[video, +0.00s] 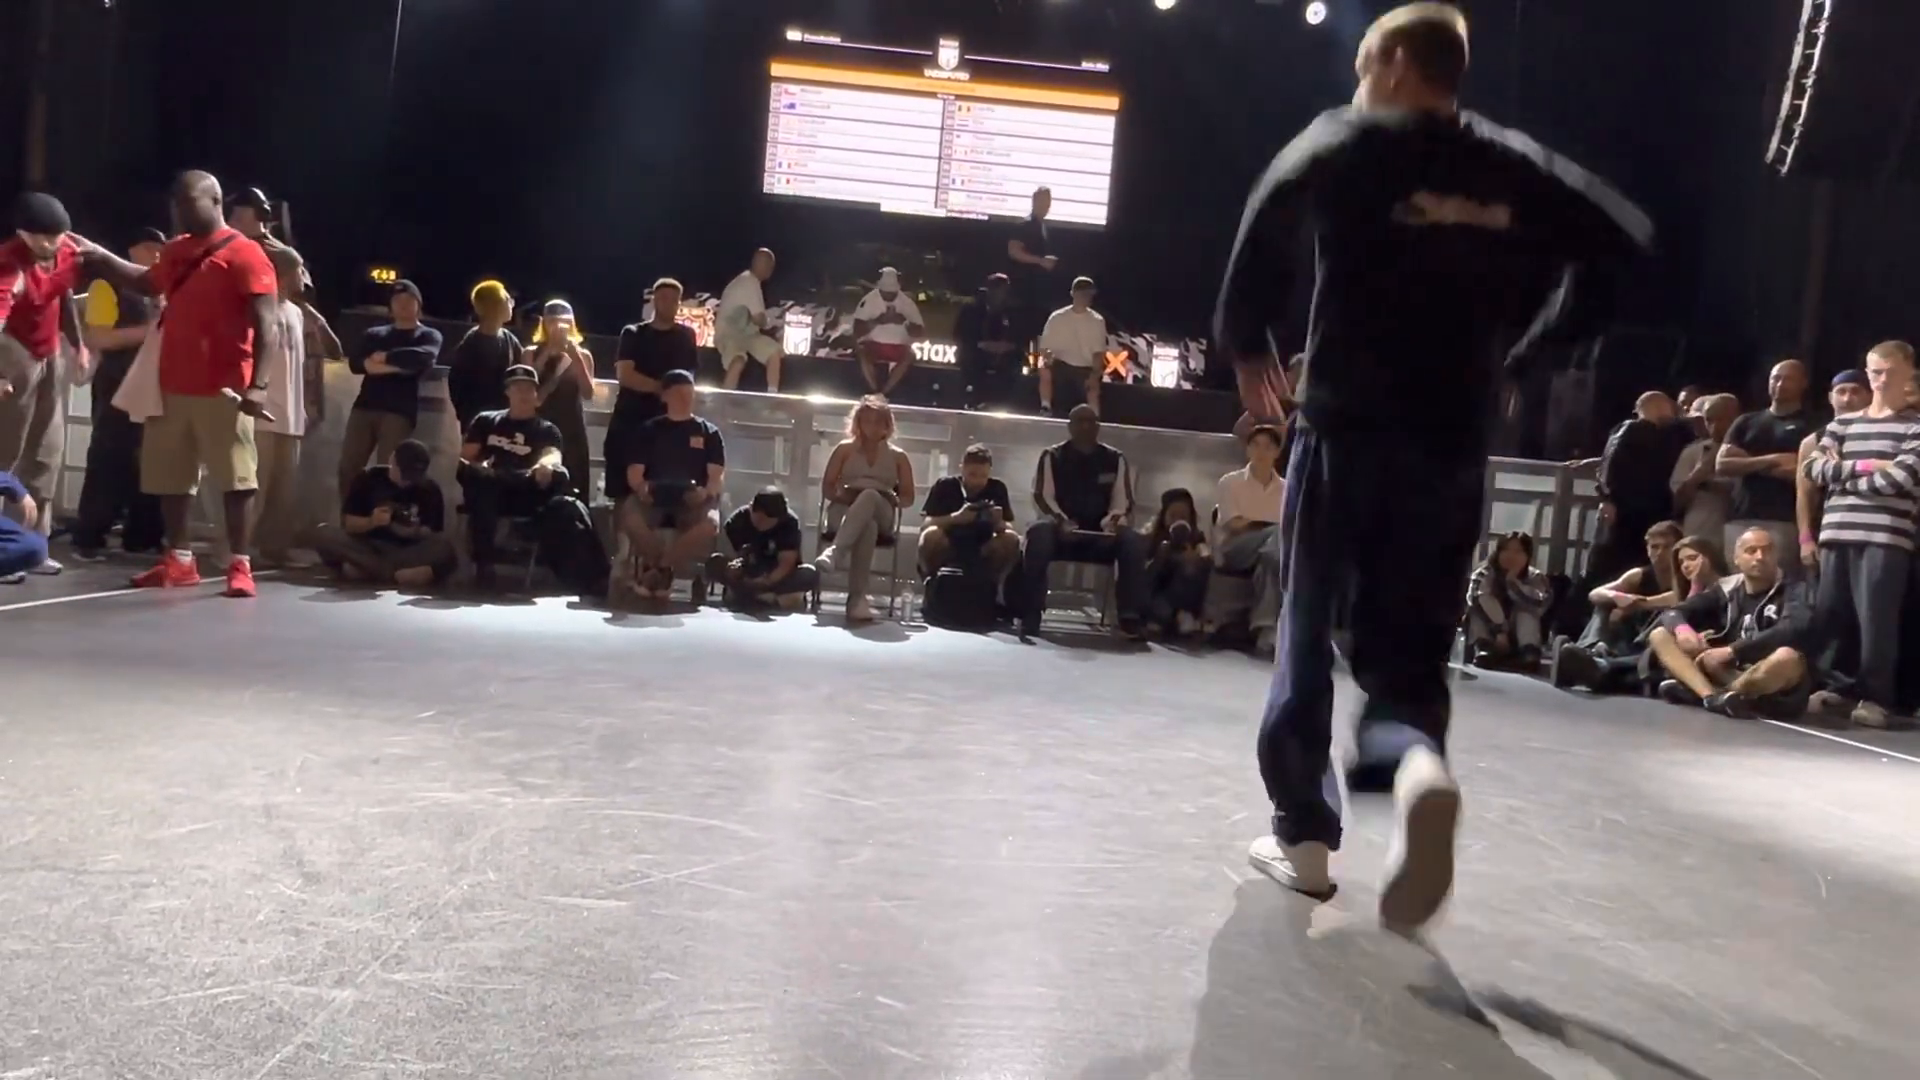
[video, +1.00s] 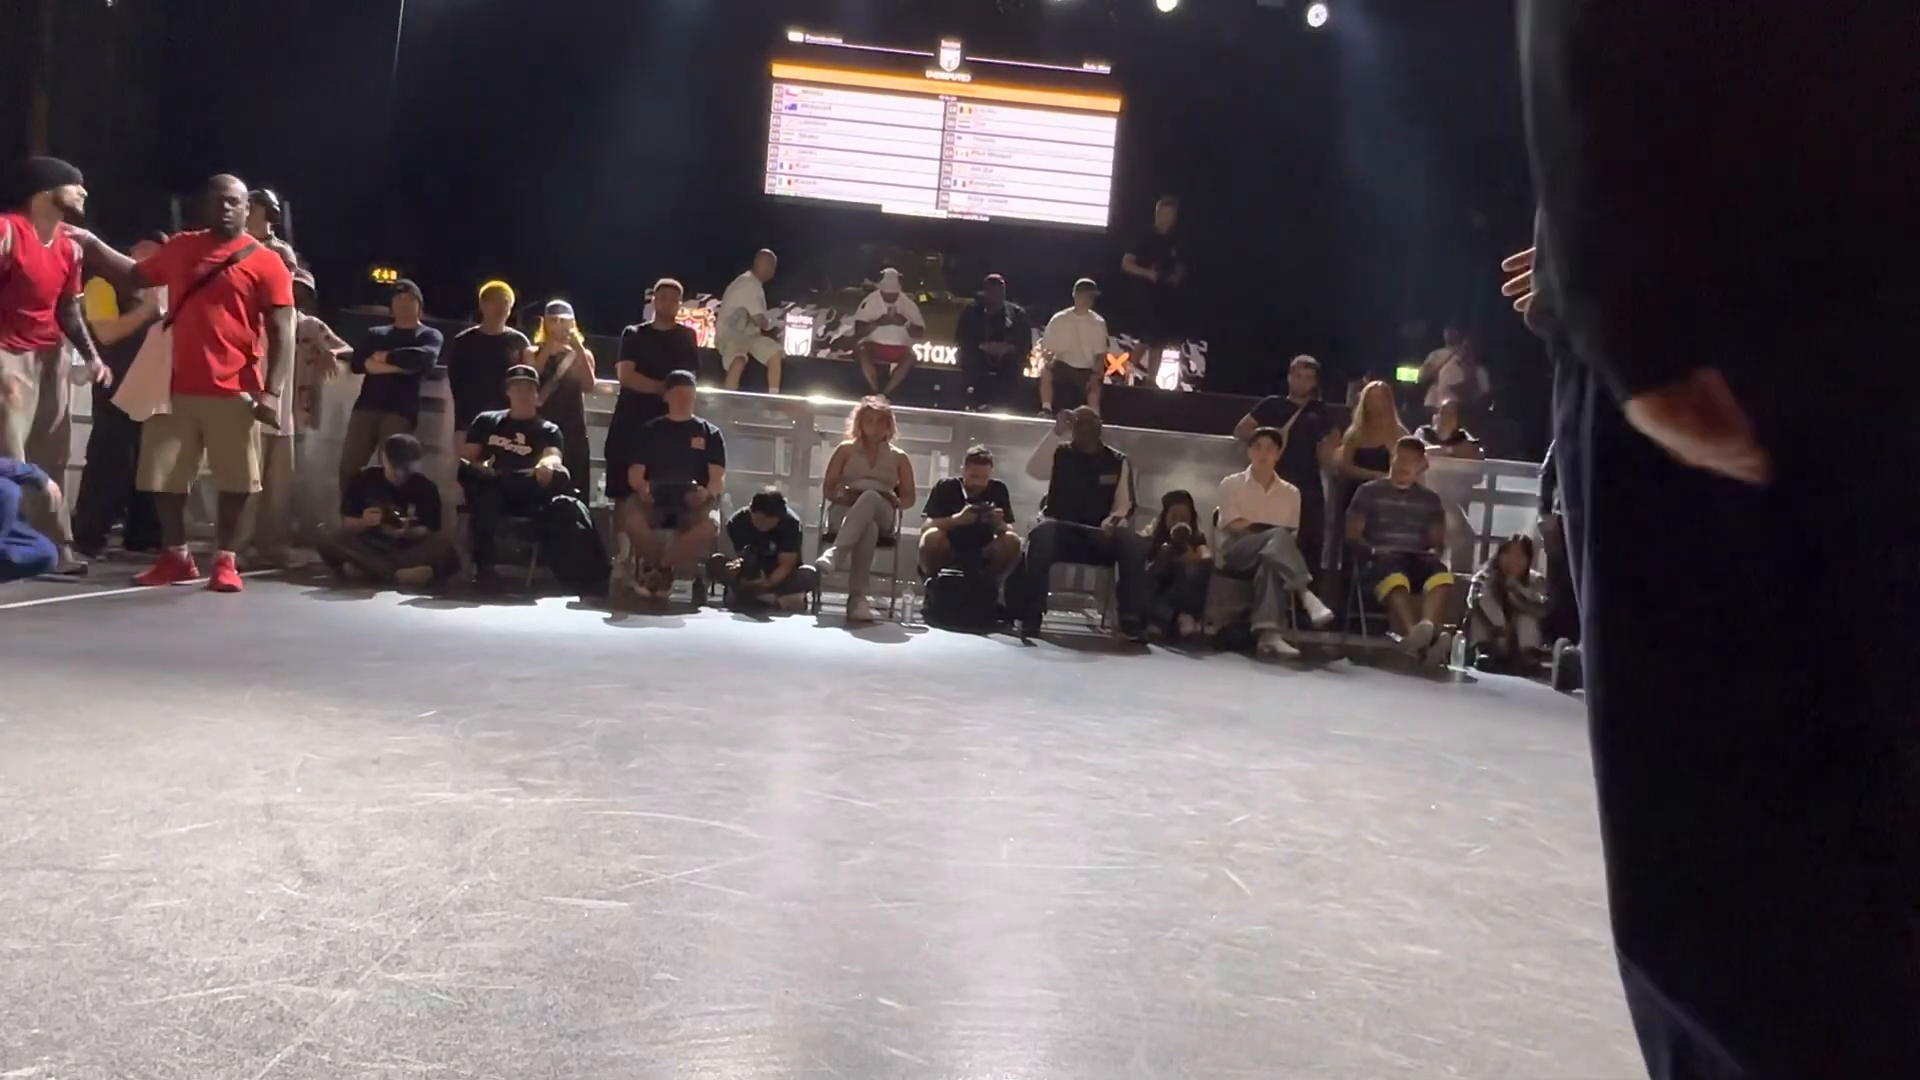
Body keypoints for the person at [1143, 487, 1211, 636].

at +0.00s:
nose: (1178, 521)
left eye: (1183, 516)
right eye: (1172, 515)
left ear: (1192, 516)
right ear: (1163, 516)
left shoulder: (1197, 539)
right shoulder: (1151, 540)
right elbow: (1147, 572)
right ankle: (1182, 615)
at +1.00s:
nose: (1179, 522)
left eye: (1184, 517)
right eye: (1174, 516)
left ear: (1192, 517)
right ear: (1164, 516)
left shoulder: (1197, 539)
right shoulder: (1151, 539)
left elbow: (1207, 558)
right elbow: (1148, 572)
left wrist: (1191, 555)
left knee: (1196, 568)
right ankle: (1185, 616)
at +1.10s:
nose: (1179, 524)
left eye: (1184, 519)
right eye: (1174, 518)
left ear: (1192, 519)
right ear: (1165, 518)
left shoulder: (1197, 541)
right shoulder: (1150, 541)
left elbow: (1207, 562)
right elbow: (1147, 574)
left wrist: (1186, 549)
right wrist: (1164, 555)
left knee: (1194, 565)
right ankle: (1186, 617)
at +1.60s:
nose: (1174, 525)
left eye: (1179, 520)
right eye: (1169, 520)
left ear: (1187, 520)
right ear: (1159, 519)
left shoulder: (1192, 541)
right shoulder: (1145, 541)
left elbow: (1202, 562)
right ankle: (1181, 619)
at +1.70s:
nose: (1173, 524)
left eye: (1178, 519)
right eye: (1167, 519)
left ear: (1185, 519)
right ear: (1157, 519)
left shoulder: (1190, 541)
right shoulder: (1144, 541)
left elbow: (1200, 561)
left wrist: (1183, 557)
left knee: (1195, 569)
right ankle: (1179, 619)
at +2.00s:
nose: (1168, 526)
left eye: (1173, 520)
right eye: (1163, 520)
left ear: (1181, 520)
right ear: (1153, 520)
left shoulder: (1187, 542)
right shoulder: (1140, 542)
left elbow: (1197, 561)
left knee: (1193, 568)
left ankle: (1184, 620)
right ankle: (1174, 619)